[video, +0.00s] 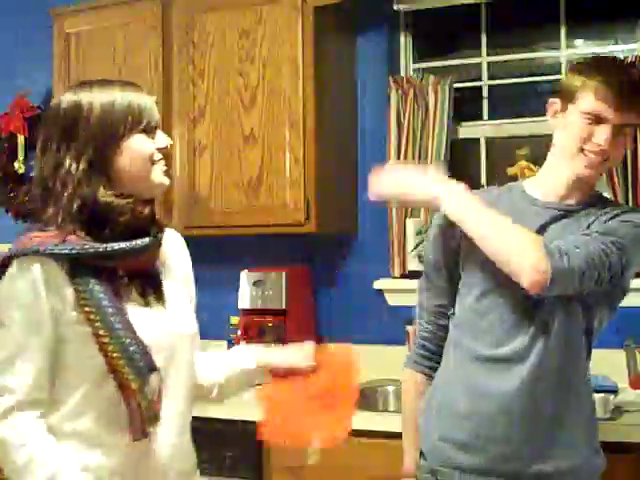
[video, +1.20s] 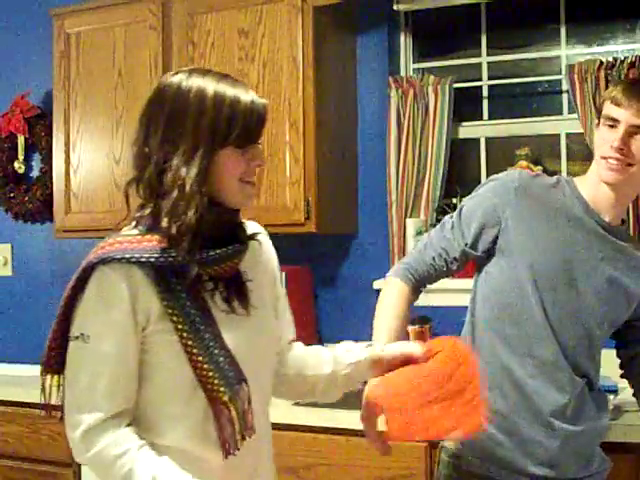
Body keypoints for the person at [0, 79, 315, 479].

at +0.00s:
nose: (166, 142)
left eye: (159, 129)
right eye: (146, 131)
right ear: (91, 152)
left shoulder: (170, 250)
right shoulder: (36, 272)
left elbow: (177, 378)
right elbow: (15, 416)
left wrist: (261, 359)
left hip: (172, 470)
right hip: (88, 472)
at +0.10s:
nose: (158, 151)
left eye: (151, 138)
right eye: (139, 139)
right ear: (83, 153)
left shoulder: (157, 262)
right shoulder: (15, 279)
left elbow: (145, 395)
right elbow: (2, 424)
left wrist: (222, 403)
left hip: (143, 471)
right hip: (49, 471)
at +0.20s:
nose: (144, 158)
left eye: (138, 145)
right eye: (125, 146)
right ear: (68, 161)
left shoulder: (144, 263)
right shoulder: (11, 271)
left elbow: (131, 385)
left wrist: (181, 423)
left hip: (124, 472)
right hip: (28, 471)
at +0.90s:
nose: (195, 165)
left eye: (192, 149)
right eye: (176, 151)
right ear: (121, 157)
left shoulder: (185, 260)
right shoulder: (43, 284)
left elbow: (179, 387)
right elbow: (12, 442)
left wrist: (241, 415)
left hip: (180, 472)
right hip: (84, 470)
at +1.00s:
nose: (218, 162)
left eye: (216, 147)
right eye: (202, 147)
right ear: (147, 152)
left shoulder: (211, 255)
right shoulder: (74, 277)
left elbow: (205, 390)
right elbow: (43, 445)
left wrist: (282, 406)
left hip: (210, 471)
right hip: (122, 471)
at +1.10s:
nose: (239, 162)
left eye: (238, 147)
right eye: (223, 147)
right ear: (169, 152)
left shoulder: (235, 249)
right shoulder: (101, 274)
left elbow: (235, 372)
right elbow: (74, 437)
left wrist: (322, 385)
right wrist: (127, 478)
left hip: (236, 469)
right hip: (150, 468)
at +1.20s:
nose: (258, 163)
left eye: (256, 147)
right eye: (241, 147)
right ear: (188, 151)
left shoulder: (256, 249)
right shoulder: (119, 273)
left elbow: (281, 369)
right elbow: (96, 432)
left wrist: (369, 362)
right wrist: (174, 476)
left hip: (255, 470)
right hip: (173, 470)